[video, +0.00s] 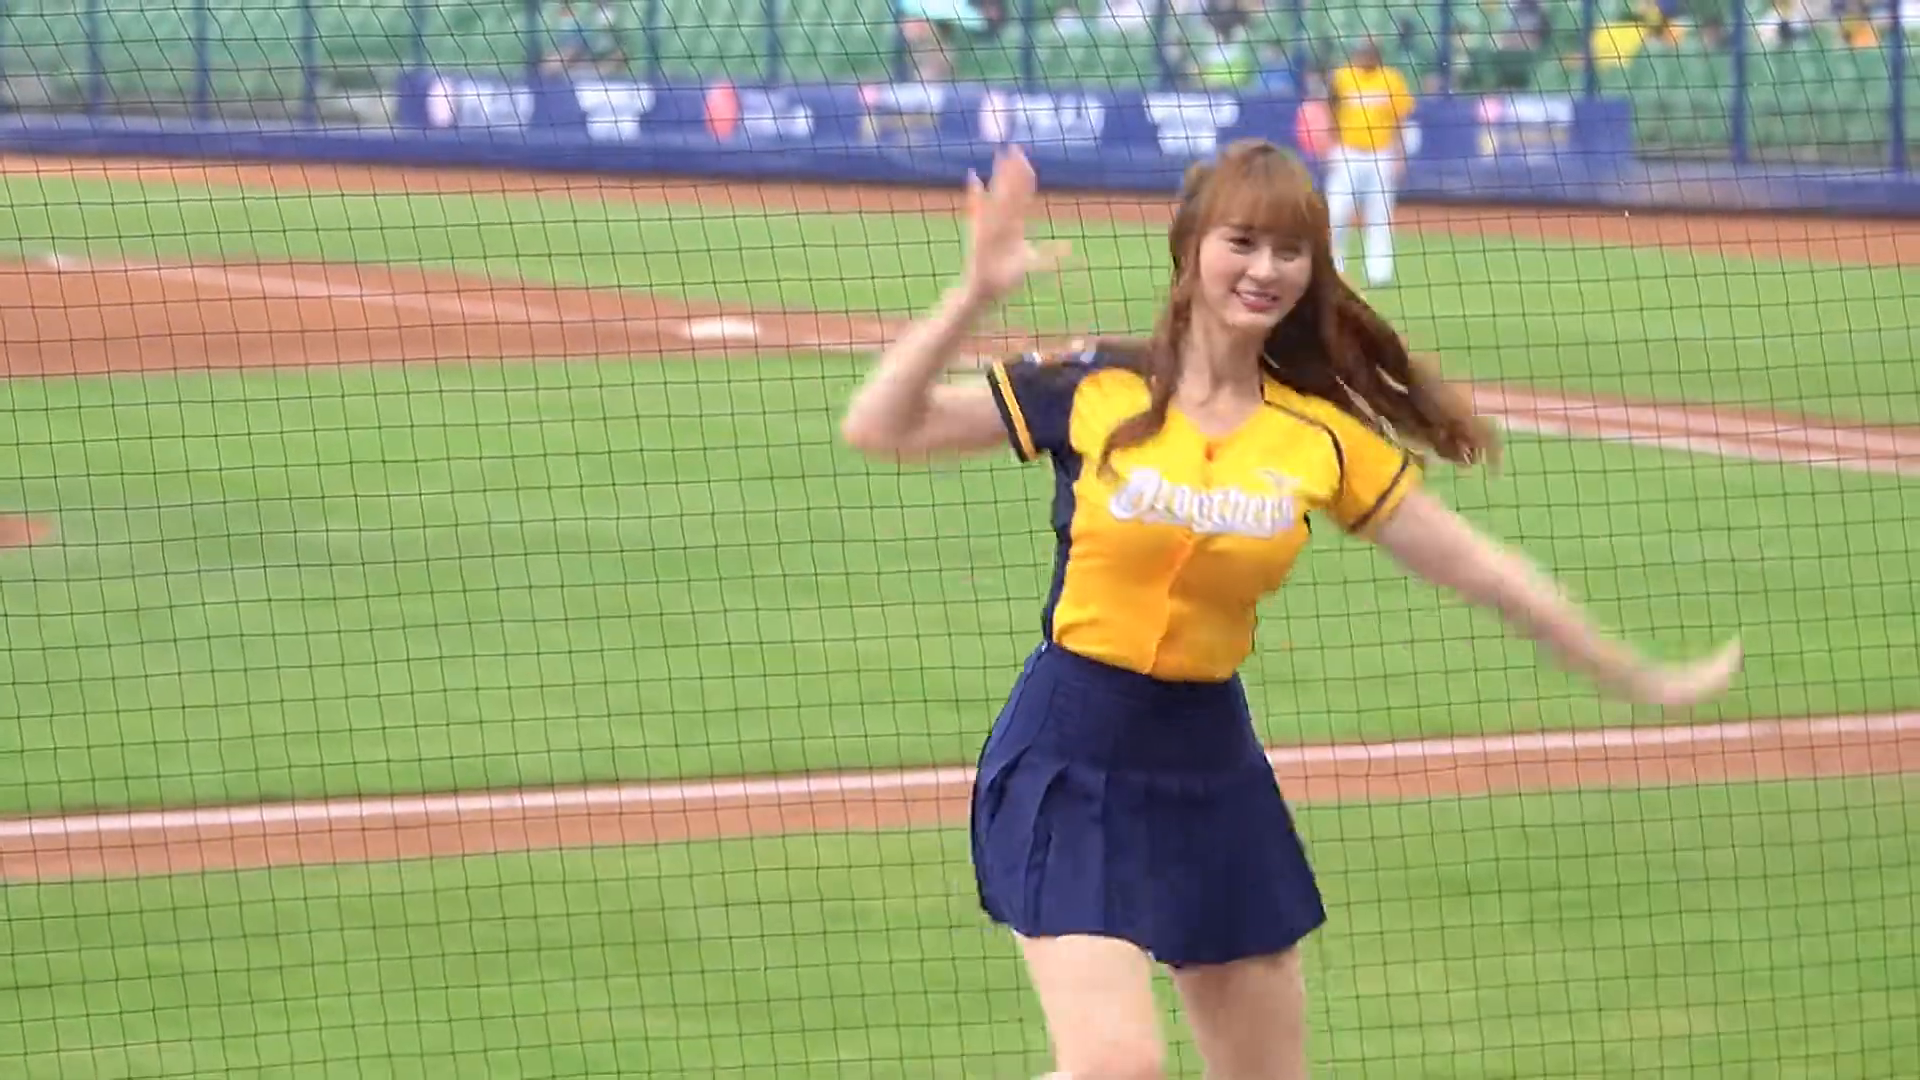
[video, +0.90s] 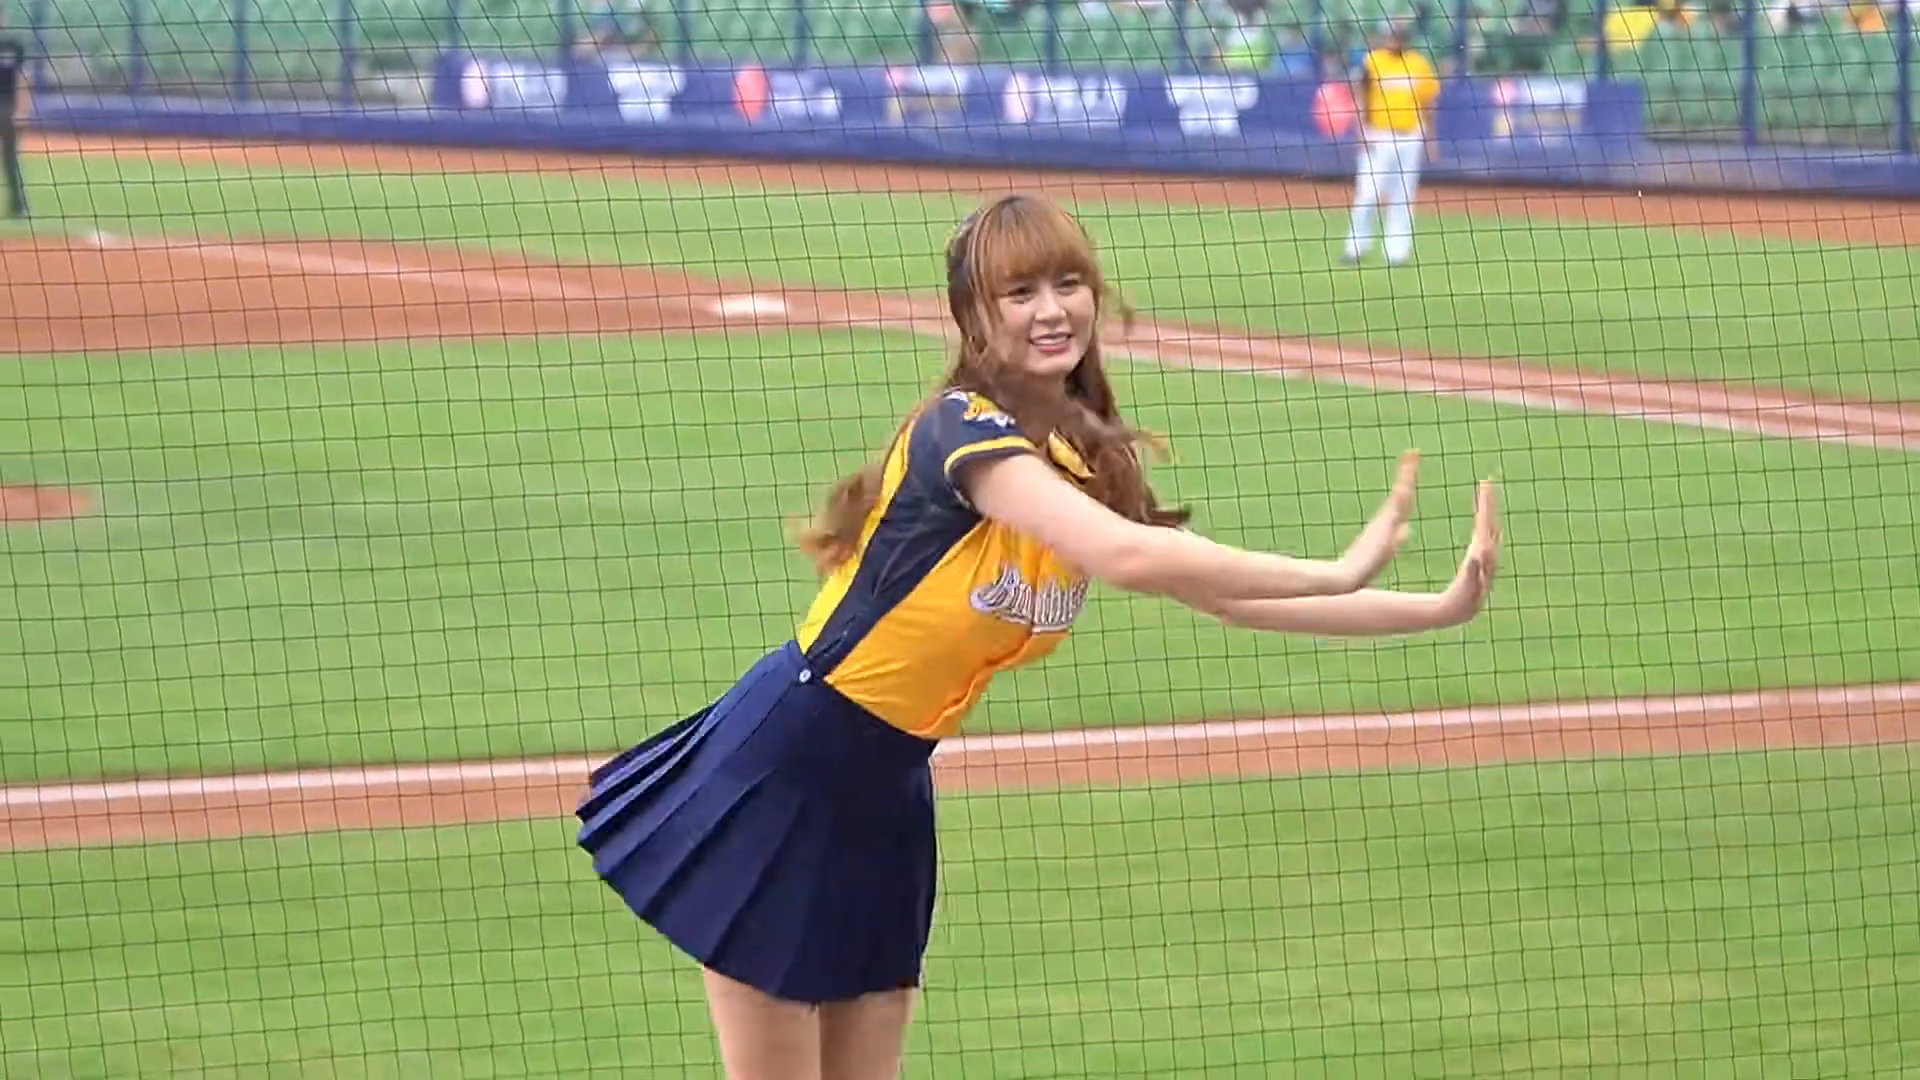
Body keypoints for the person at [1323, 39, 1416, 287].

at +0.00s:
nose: (1366, 59)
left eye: (1370, 53)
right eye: (1361, 53)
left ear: (1378, 55)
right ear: (1354, 54)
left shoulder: (1391, 78)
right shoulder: (1340, 77)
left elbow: (1402, 119)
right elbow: (1330, 110)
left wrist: (1400, 156)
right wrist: (1331, 145)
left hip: (1382, 155)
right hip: (1346, 153)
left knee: (1379, 215)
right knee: (1337, 213)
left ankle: (1379, 270)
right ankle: (1335, 266)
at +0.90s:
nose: (1396, 41)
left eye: (1401, 36)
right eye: (1393, 36)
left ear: (1408, 38)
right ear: (1386, 37)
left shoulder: (1419, 64)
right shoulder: (1373, 61)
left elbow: (1428, 106)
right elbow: (1359, 93)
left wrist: (1431, 140)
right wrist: (1362, 128)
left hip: (1410, 137)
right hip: (1378, 136)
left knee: (1402, 195)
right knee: (1368, 192)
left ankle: (1398, 248)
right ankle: (1357, 244)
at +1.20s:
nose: (1441, 31)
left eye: (1446, 26)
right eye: (1437, 25)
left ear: (1452, 27)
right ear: (1429, 25)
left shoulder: (1464, 53)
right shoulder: (1415, 49)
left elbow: (1473, 95)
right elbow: (1404, 82)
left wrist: (1474, 129)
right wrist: (1404, 114)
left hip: (1452, 124)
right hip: (1419, 123)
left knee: (1447, 182)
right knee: (1408, 181)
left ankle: (1445, 235)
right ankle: (1403, 231)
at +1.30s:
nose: (1460, 26)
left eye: (1465, 21)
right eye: (1456, 21)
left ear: (1472, 22)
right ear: (1449, 20)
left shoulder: (1483, 50)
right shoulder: (1431, 45)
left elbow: (1494, 91)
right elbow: (1420, 78)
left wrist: (1493, 125)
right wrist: (1419, 110)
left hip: (1470, 121)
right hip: (1436, 119)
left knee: (1465, 179)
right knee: (1427, 177)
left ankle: (1465, 233)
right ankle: (1422, 230)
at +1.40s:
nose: (1472, 22)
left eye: (1476, 17)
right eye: (1468, 17)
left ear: (1482, 19)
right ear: (1459, 18)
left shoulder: (1494, 45)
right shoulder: (1444, 42)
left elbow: (1506, 85)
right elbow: (1435, 76)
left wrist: (1507, 119)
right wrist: (1434, 108)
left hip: (1485, 117)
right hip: (1451, 116)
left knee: (1483, 175)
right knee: (1445, 175)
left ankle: (1484, 230)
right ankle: (1443, 228)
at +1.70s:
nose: (1517, 10)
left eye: (1521, 5)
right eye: (1512, 6)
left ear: (1527, 7)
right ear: (1506, 7)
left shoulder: (1540, 32)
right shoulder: (1491, 32)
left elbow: (1550, 73)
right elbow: (1479, 69)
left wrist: (1550, 107)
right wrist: (1481, 102)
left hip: (1533, 104)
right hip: (1499, 105)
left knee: (1539, 161)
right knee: (1502, 162)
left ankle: (1546, 217)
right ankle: (1506, 216)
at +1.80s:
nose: (1513, 8)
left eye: (1517, 3)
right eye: (1509, 4)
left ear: (1524, 5)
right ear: (1501, 5)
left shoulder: (1538, 28)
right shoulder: (1488, 29)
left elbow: (1550, 66)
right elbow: (1476, 65)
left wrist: (1549, 101)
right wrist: (1479, 101)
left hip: (1532, 99)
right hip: (1497, 100)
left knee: (1538, 157)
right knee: (1502, 158)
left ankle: (1546, 212)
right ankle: (1507, 212)